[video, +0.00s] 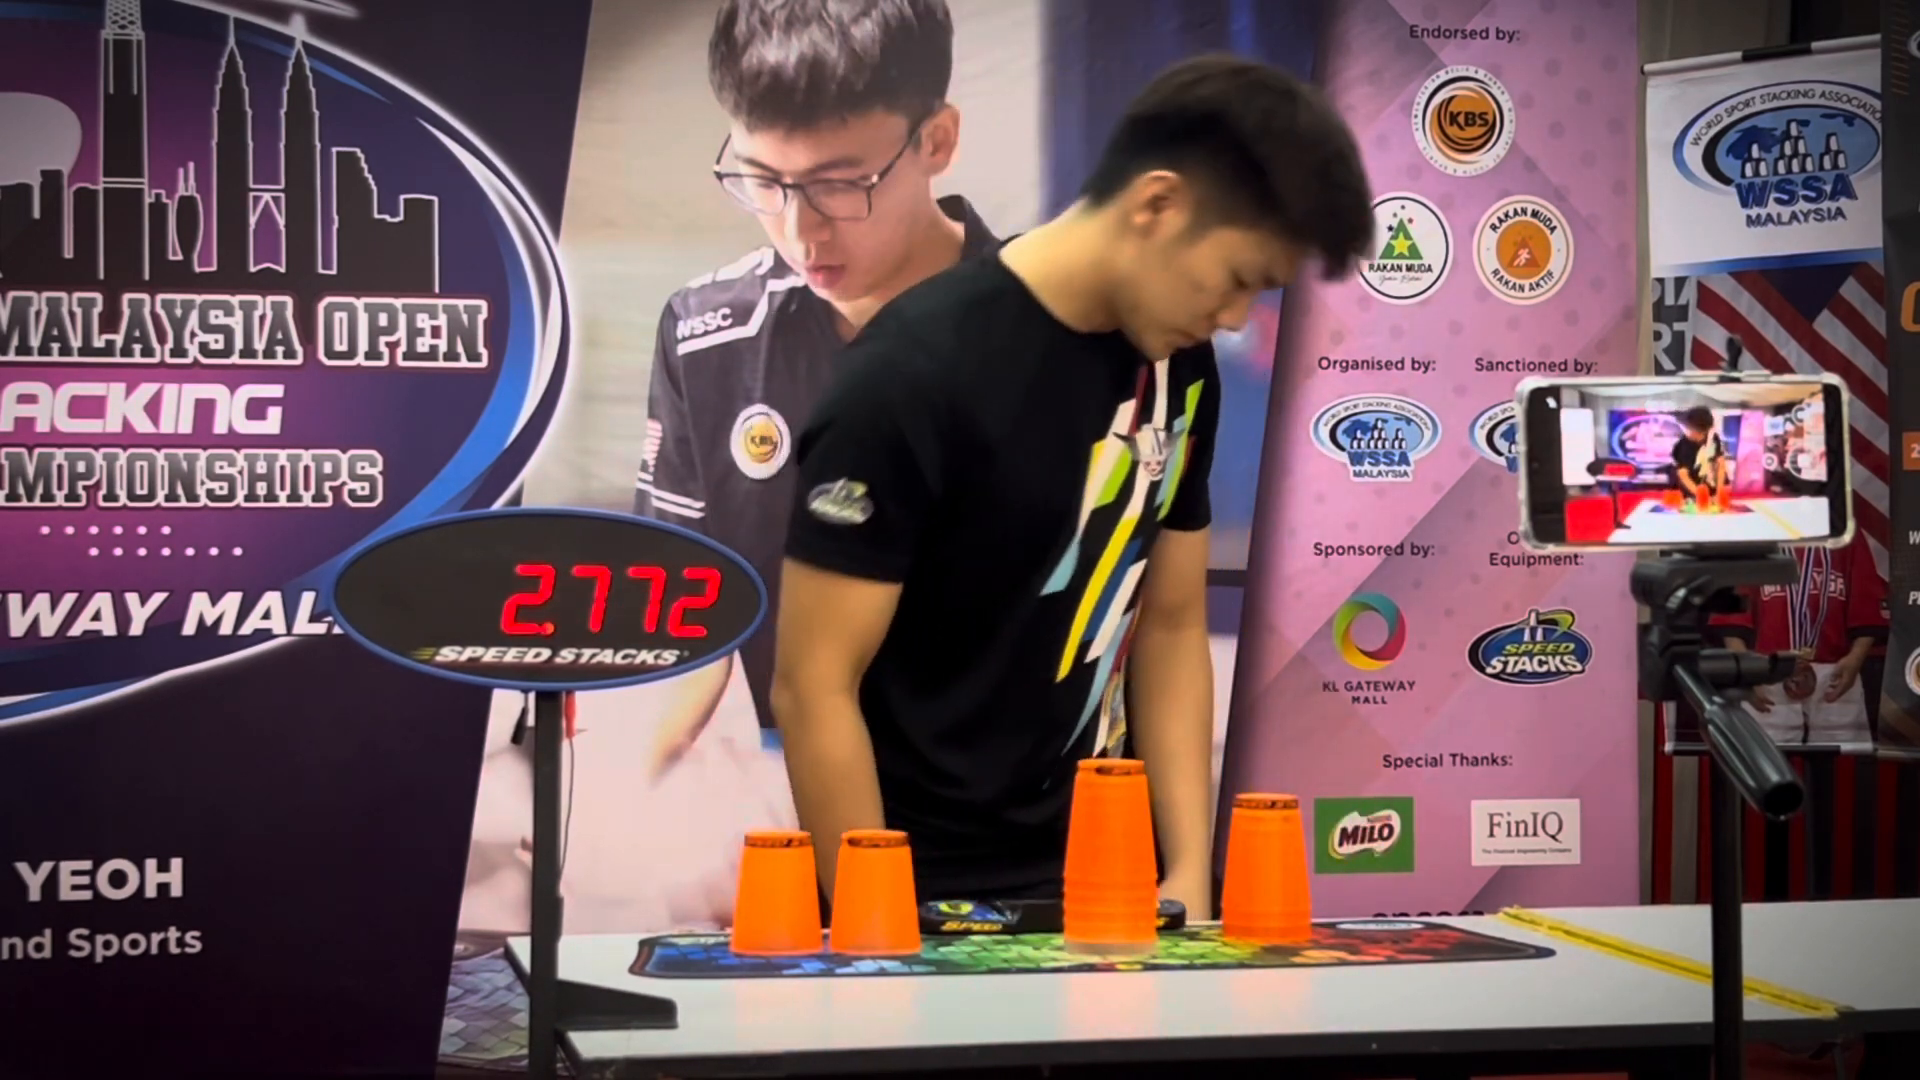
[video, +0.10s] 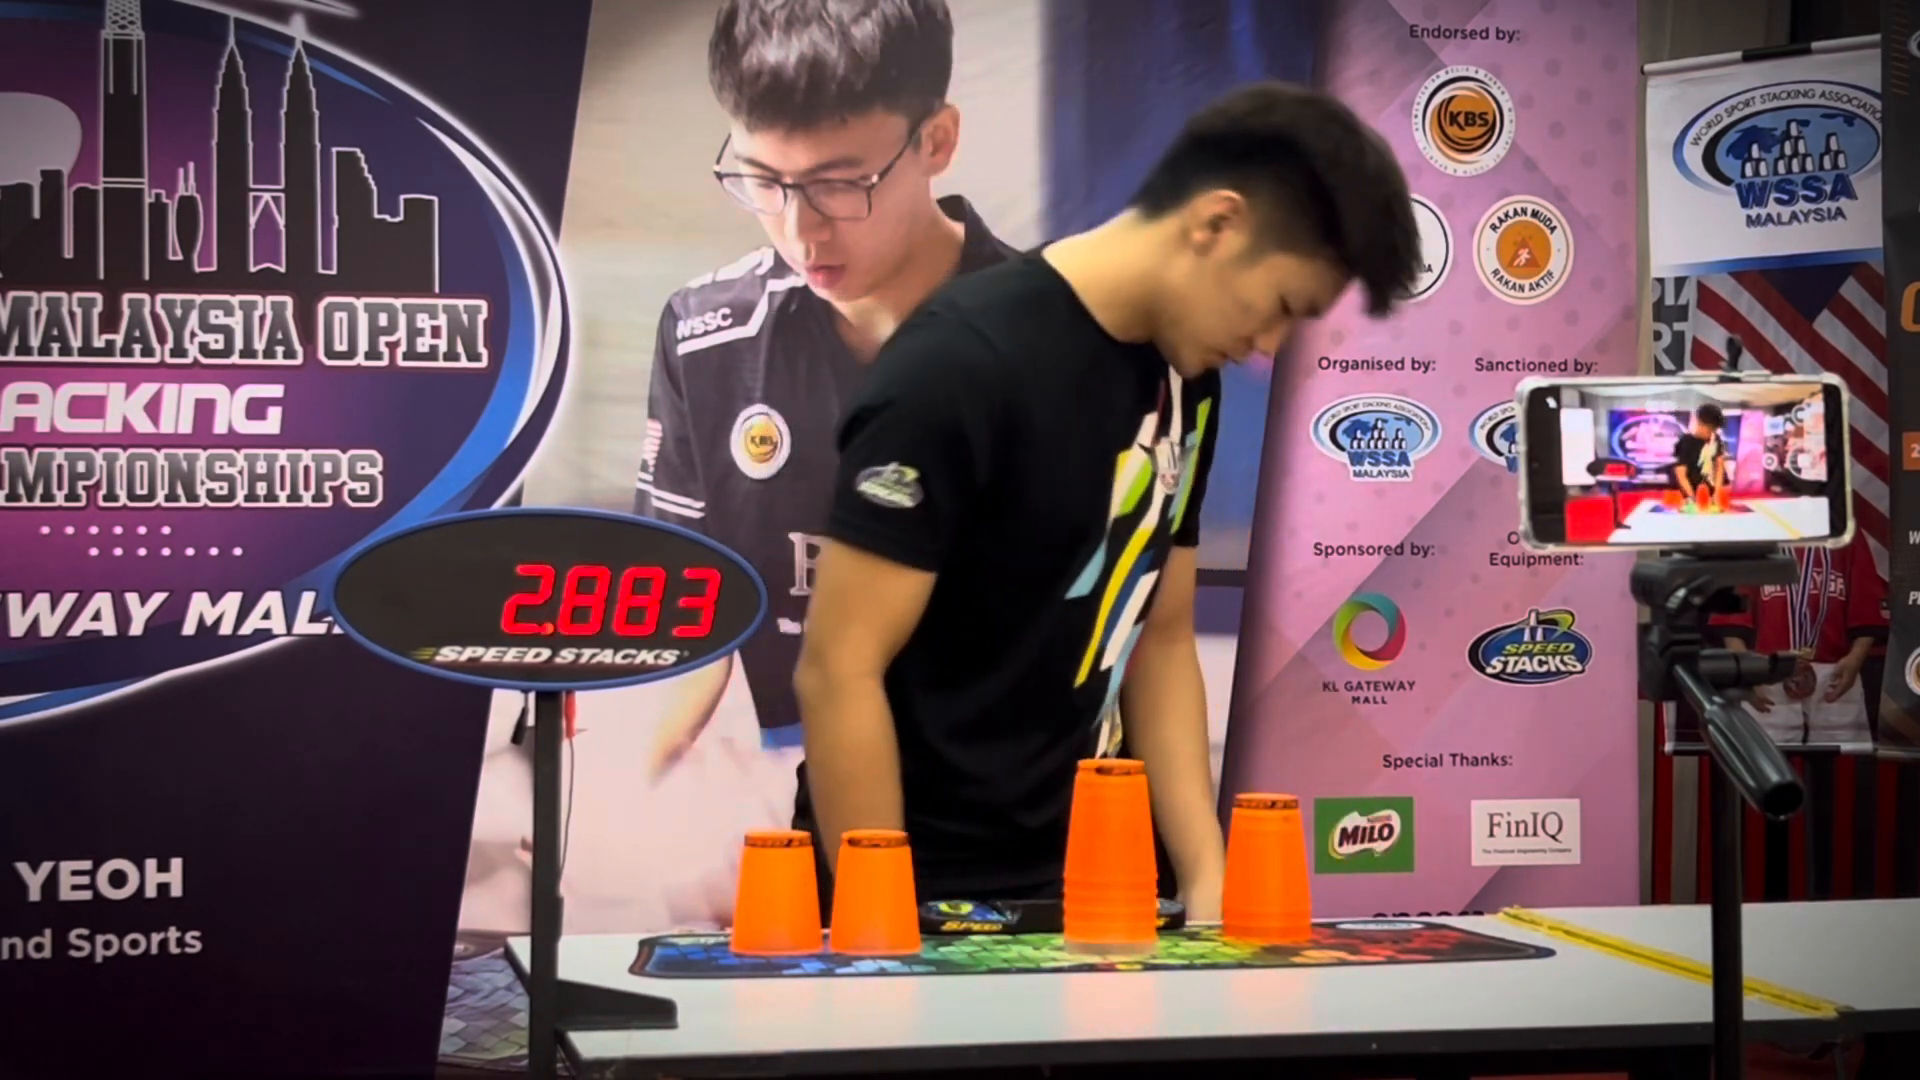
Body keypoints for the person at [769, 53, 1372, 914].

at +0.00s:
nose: (1235, 322)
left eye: (1258, 294)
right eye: (1239, 281)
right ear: (1153, 206)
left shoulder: (1174, 359)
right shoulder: (909, 374)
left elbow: (1171, 625)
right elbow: (812, 685)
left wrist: (1187, 869)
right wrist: (873, 941)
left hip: (1073, 903)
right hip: (911, 917)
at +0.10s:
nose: (1268, 346)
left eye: (1293, 321)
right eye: (1282, 305)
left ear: (1214, 225)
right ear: (1216, 225)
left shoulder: (1178, 367)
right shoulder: (959, 358)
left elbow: (1162, 638)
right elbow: (836, 668)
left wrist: (1204, 879)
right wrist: (878, 935)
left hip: (1065, 902)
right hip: (914, 914)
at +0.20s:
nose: (1299, 392)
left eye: (1325, 372)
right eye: (1317, 358)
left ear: (1259, 270)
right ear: (1260, 269)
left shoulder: (1201, 392)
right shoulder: (987, 373)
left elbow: (1158, 662)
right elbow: (864, 674)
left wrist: (1224, 900)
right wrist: (893, 935)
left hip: (1054, 902)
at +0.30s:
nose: (1308, 440)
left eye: (1338, 427)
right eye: (1327, 406)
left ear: (1281, 305)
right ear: (1282, 304)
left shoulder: (1237, 416)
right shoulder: (1008, 384)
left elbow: (1179, 674)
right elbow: (874, 671)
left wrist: (1235, 909)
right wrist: (891, 944)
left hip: (1065, 888)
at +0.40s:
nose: (1299, 460)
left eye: (1330, 448)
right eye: (1309, 424)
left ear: (1268, 320)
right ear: (1267, 318)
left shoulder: (1275, 435)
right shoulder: (1005, 383)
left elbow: (1218, 677)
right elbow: (868, 670)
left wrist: (1243, 917)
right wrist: (880, 939)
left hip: (1102, 859)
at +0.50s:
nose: (1250, 485)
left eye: (1288, 474)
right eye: (1251, 443)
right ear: (1207, 338)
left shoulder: (1277, 451)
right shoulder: (966, 410)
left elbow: (1235, 675)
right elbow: (844, 695)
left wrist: (1247, 920)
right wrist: (874, 952)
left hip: (1094, 844)